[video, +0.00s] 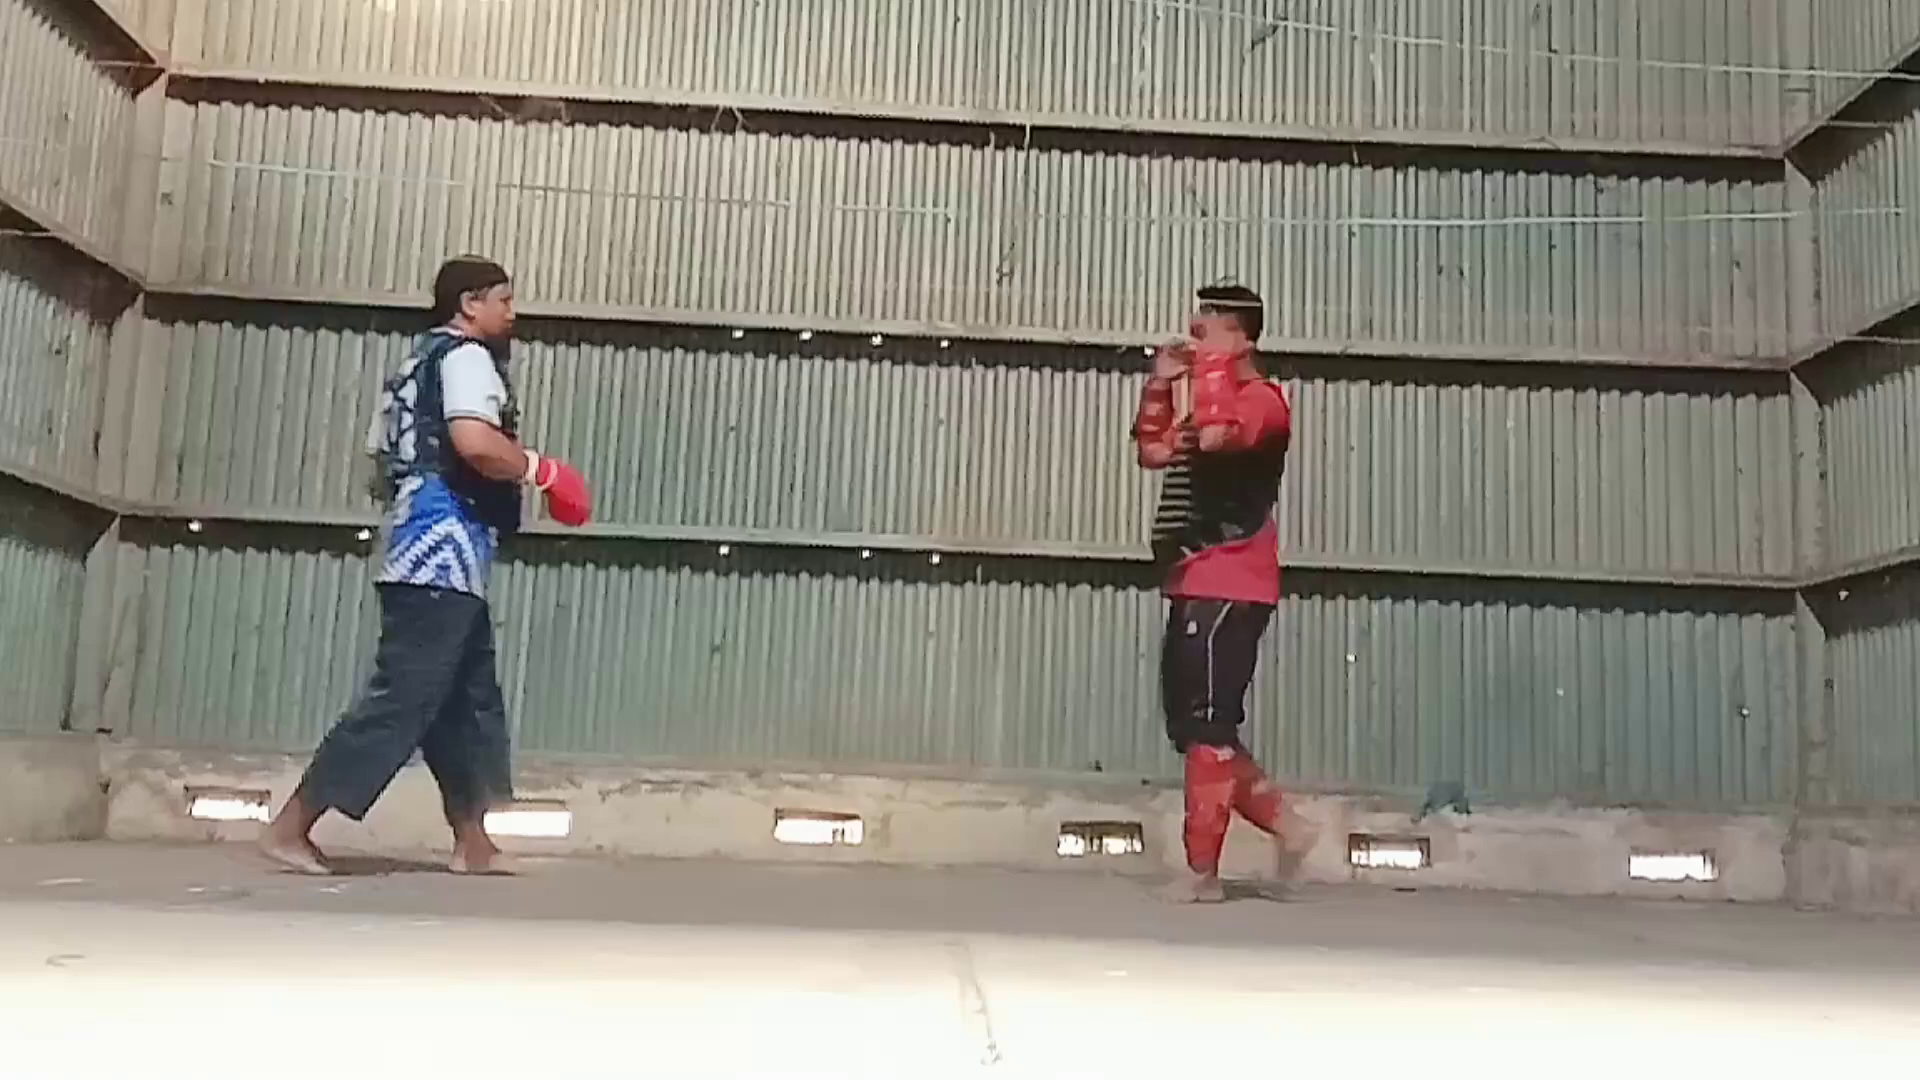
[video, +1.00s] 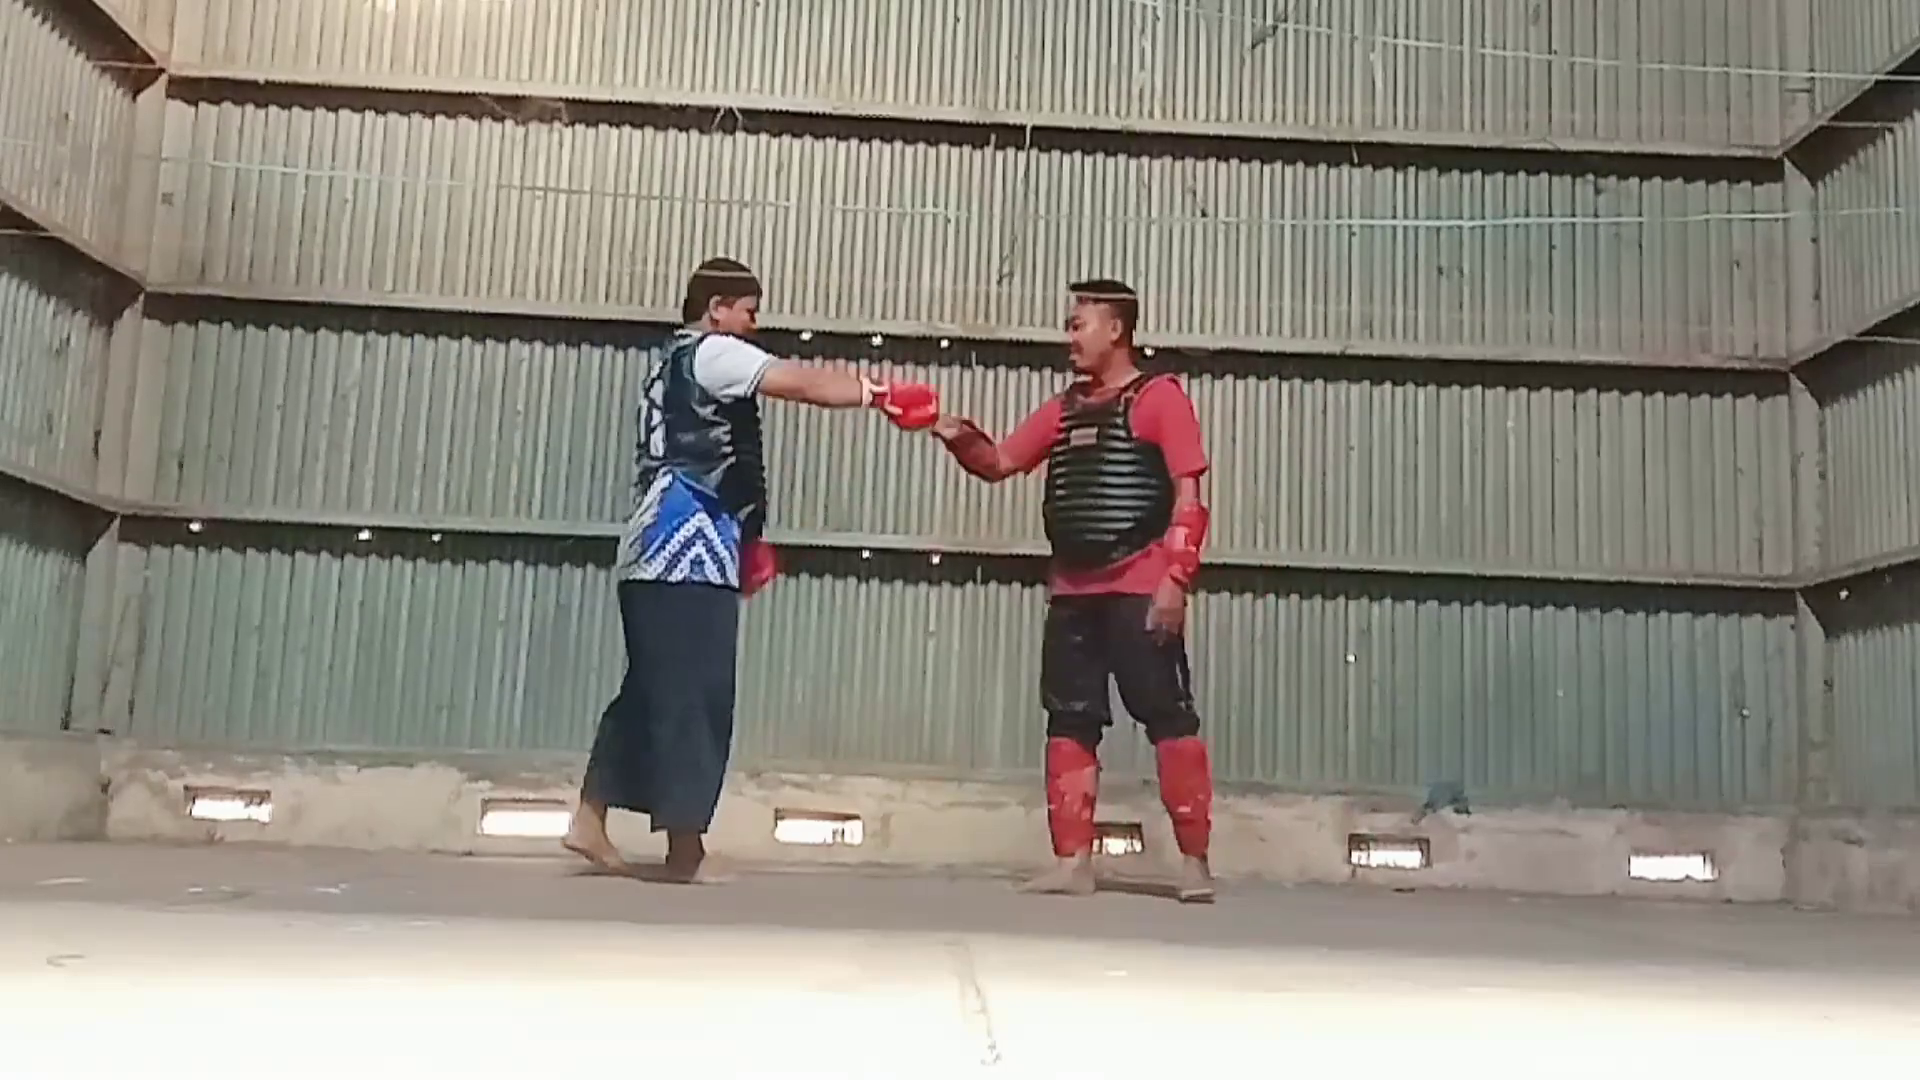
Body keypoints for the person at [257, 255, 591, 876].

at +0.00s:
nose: (514, 311)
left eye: (512, 300)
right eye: (505, 301)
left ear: (460, 309)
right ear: (470, 307)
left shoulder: (420, 363)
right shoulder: (467, 356)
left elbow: (389, 461)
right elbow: (474, 441)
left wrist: (488, 475)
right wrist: (543, 470)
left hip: (429, 561)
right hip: (439, 563)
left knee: (462, 703)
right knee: (403, 700)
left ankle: (473, 845)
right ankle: (289, 827)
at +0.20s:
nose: (572, 309)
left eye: (571, 299)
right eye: (563, 298)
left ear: (531, 304)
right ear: (526, 302)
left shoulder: (534, 361)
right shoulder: (509, 351)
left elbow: (534, 456)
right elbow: (516, 429)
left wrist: (604, 469)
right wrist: (599, 438)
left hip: (506, 541)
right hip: (499, 542)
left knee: (492, 686)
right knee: (529, 680)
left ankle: (473, 836)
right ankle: (425, 787)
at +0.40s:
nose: (613, 318)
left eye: (615, 309)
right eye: (605, 306)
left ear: (579, 311)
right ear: (566, 306)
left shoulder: (583, 376)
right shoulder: (542, 362)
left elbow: (601, 465)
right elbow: (558, 432)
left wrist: (675, 448)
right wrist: (643, 412)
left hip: (548, 551)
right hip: (541, 552)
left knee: (519, 693)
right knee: (585, 682)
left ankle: (473, 843)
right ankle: (586, 843)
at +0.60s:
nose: (665, 330)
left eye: (665, 319)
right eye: (655, 318)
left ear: (630, 322)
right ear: (618, 319)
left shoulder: (632, 386)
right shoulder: (597, 376)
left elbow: (685, 449)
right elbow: (644, 428)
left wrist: (750, 422)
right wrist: (723, 403)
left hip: (614, 564)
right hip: (606, 568)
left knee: (563, 702)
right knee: (644, 705)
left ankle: (480, 830)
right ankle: (681, 851)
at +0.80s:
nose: (723, 320)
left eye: (723, 309)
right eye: (714, 309)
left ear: (678, 313)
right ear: (680, 308)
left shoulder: (661, 365)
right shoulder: (672, 359)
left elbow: (697, 449)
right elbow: (766, 394)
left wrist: (776, 457)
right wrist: (838, 385)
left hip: (643, 557)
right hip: (666, 561)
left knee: (634, 696)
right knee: (679, 698)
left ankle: (530, 800)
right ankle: (686, 855)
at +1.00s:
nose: (755, 322)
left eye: (756, 312)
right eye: (750, 310)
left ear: (708, 310)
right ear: (717, 307)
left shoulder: (671, 357)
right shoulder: (715, 354)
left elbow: (693, 460)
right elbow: (803, 381)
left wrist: (740, 537)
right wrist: (873, 388)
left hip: (654, 559)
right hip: (691, 562)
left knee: (645, 692)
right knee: (695, 700)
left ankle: (587, 823)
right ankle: (686, 854)